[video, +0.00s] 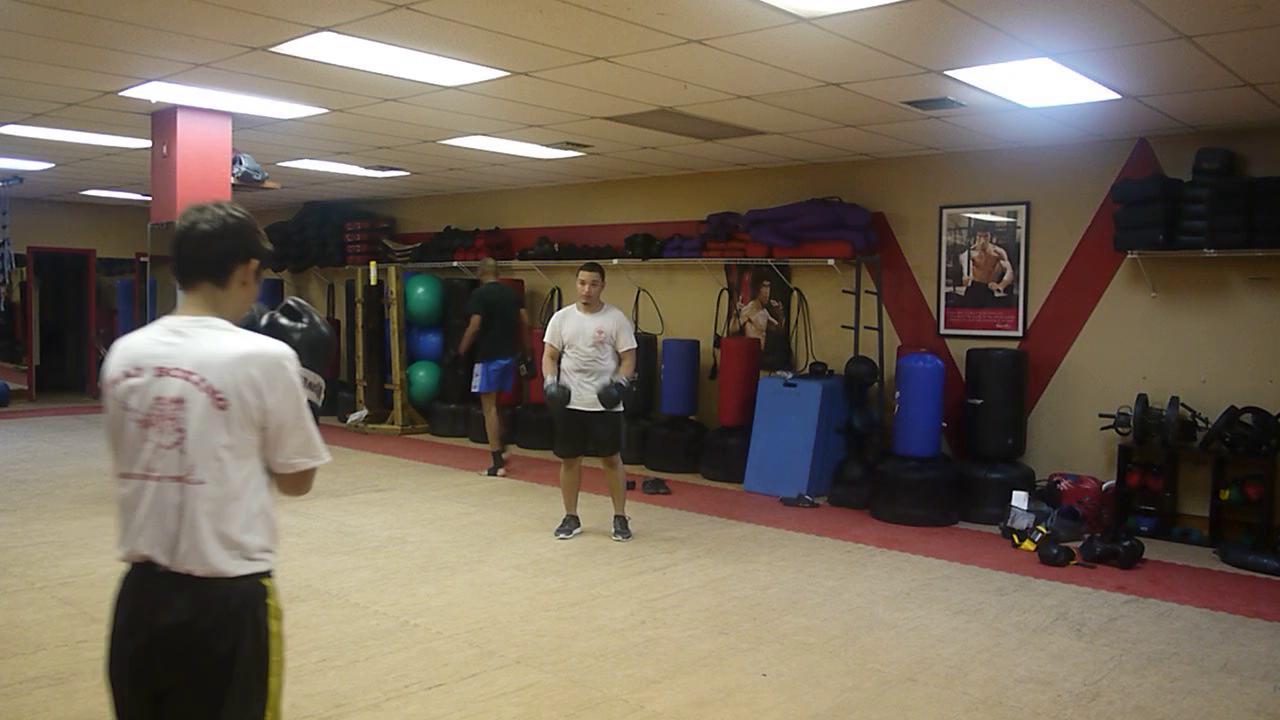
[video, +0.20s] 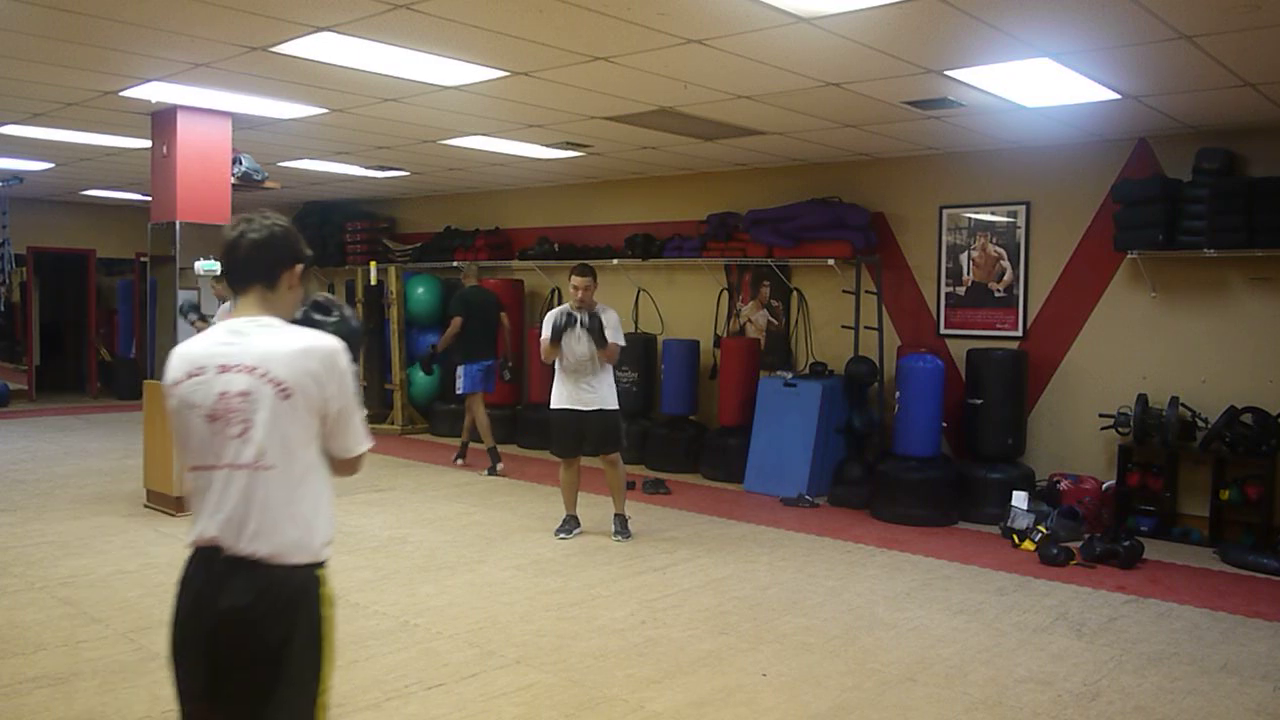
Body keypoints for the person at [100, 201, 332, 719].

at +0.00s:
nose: (257, 290)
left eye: (260, 277)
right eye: (258, 276)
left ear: (180, 269)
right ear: (244, 273)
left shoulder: (123, 355)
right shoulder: (264, 358)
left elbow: (130, 461)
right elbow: (297, 480)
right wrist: (292, 381)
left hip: (142, 600)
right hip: (232, 609)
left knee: (143, 713)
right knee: (236, 712)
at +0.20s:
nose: (303, 288)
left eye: (304, 276)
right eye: (303, 276)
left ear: (226, 281)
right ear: (292, 276)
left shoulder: (182, 359)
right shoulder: (321, 354)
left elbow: (195, 473)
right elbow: (349, 461)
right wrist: (342, 362)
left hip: (204, 584)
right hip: (287, 592)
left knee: (203, 711)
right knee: (288, 710)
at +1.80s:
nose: (529, 292)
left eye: (526, 286)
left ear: (529, 287)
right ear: (579, 282)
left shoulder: (511, 333)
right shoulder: (612, 333)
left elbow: (495, 406)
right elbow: (654, 397)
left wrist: (548, 400)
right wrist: (600, 390)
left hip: (526, 502)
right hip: (593, 505)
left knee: (514, 632)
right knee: (622, 631)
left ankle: (494, 718)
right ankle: (643, 717)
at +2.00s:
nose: (571, 302)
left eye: (570, 294)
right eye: (569, 295)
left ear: (579, 293)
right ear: (627, 288)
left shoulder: (566, 340)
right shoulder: (667, 337)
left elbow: (545, 407)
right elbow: (697, 398)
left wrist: (597, 398)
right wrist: (647, 383)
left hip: (580, 503)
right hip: (646, 503)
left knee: (542, 623)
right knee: (655, 628)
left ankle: (510, 716)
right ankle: (663, 718)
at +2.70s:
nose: (636, 296)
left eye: (635, 287)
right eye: (637, 287)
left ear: (644, 285)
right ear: (686, 280)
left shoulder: (630, 334)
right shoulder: (725, 333)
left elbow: (580, 396)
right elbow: (735, 394)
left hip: (633, 496)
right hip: (698, 497)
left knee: (602, 612)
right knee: (683, 632)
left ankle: (591, 716)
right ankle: (674, 718)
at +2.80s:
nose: (634, 291)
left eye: (634, 283)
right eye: (635, 283)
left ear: (642, 283)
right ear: (686, 280)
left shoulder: (626, 334)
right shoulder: (721, 334)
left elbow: (577, 404)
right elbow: (737, 398)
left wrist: (611, 370)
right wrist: (689, 370)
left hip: (631, 496)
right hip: (695, 498)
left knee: (599, 612)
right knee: (683, 635)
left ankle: (590, 716)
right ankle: (674, 719)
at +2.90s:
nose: (631, 286)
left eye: (630, 279)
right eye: (632, 279)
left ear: (637, 281)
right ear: (684, 280)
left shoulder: (619, 335)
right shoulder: (716, 335)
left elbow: (580, 418)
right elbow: (738, 408)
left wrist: (625, 387)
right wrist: (688, 394)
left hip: (626, 498)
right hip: (691, 498)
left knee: (595, 615)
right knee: (682, 635)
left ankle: (581, 717)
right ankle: (674, 719)